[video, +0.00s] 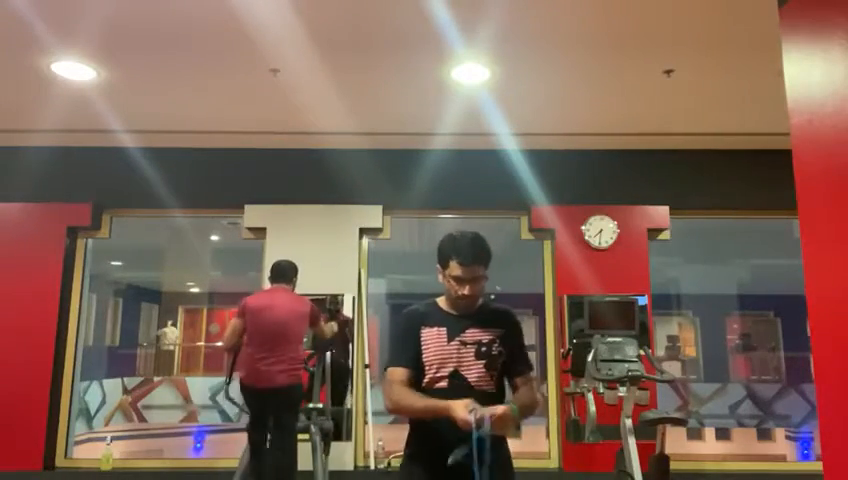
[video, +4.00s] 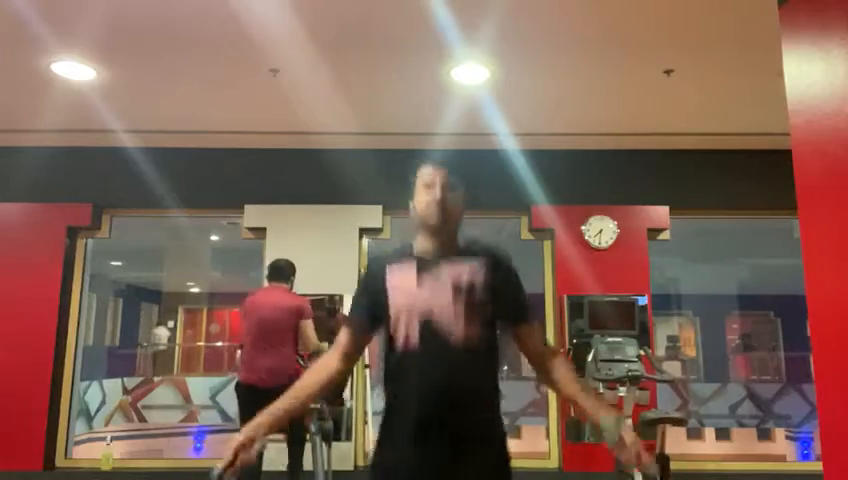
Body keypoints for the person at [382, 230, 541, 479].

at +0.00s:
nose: (467, 291)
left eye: (476, 281)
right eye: (458, 281)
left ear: (486, 275)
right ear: (441, 274)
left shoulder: (503, 321)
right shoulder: (413, 321)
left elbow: (528, 393)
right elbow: (394, 396)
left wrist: (509, 411)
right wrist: (450, 408)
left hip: (489, 459)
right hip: (429, 459)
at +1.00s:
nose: (493, 297)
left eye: (502, 286)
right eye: (483, 286)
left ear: (516, 278)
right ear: (469, 276)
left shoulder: (537, 327)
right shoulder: (442, 322)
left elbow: (577, 393)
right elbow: (392, 382)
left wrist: (625, 437)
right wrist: (327, 421)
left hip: (507, 468)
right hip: (444, 465)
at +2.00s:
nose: (439, 294)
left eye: (447, 283)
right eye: (428, 284)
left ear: (461, 272)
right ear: (410, 274)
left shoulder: (484, 312)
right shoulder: (385, 323)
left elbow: (527, 381)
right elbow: (350, 398)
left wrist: (583, 431)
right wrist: (288, 466)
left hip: (478, 463)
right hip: (412, 465)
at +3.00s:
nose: (460, 219)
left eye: (472, 212)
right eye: (451, 211)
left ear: (488, 226)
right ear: (434, 223)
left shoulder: (514, 279)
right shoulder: (405, 278)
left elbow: (600, 292)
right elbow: (327, 293)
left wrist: (655, 232)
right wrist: (264, 251)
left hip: (487, 460)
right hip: (414, 457)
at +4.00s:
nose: (437, 192)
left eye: (447, 186)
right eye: (426, 185)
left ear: (463, 205)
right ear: (411, 205)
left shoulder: (491, 268)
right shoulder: (384, 274)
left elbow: (544, 358)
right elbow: (337, 359)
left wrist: (609, 420)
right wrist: (260, 425)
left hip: (478, 453)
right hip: (401, 453)